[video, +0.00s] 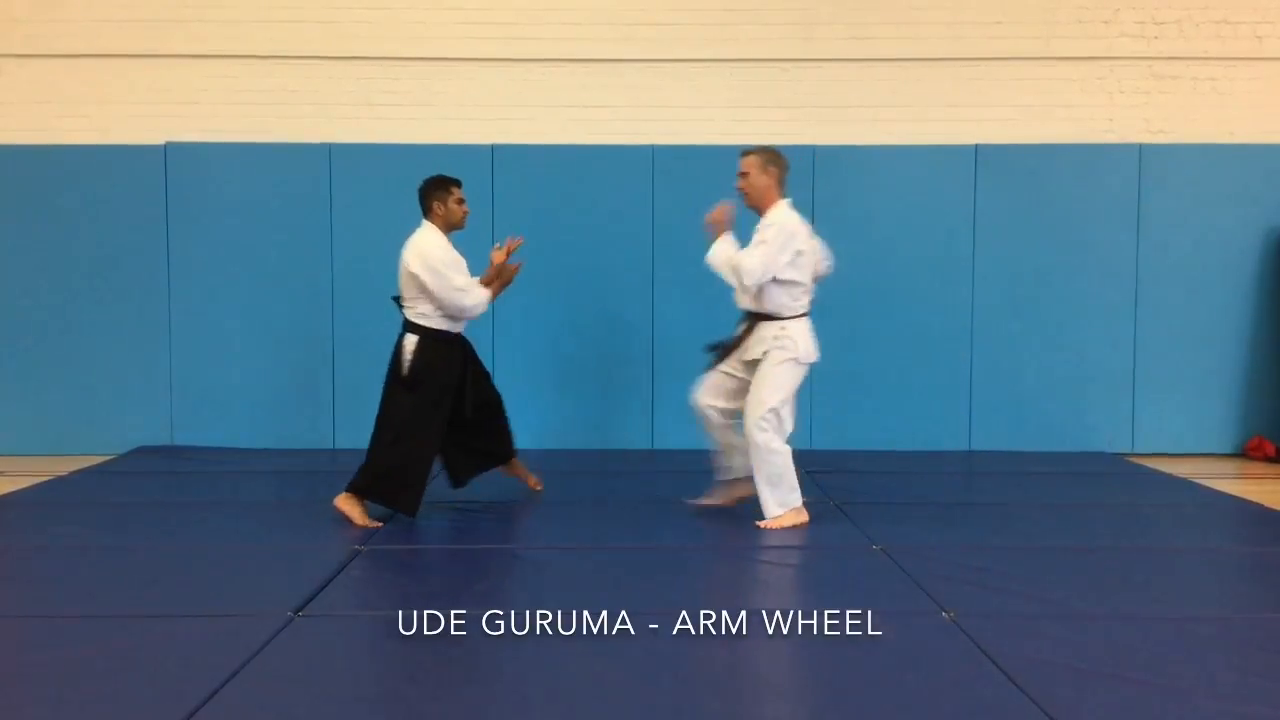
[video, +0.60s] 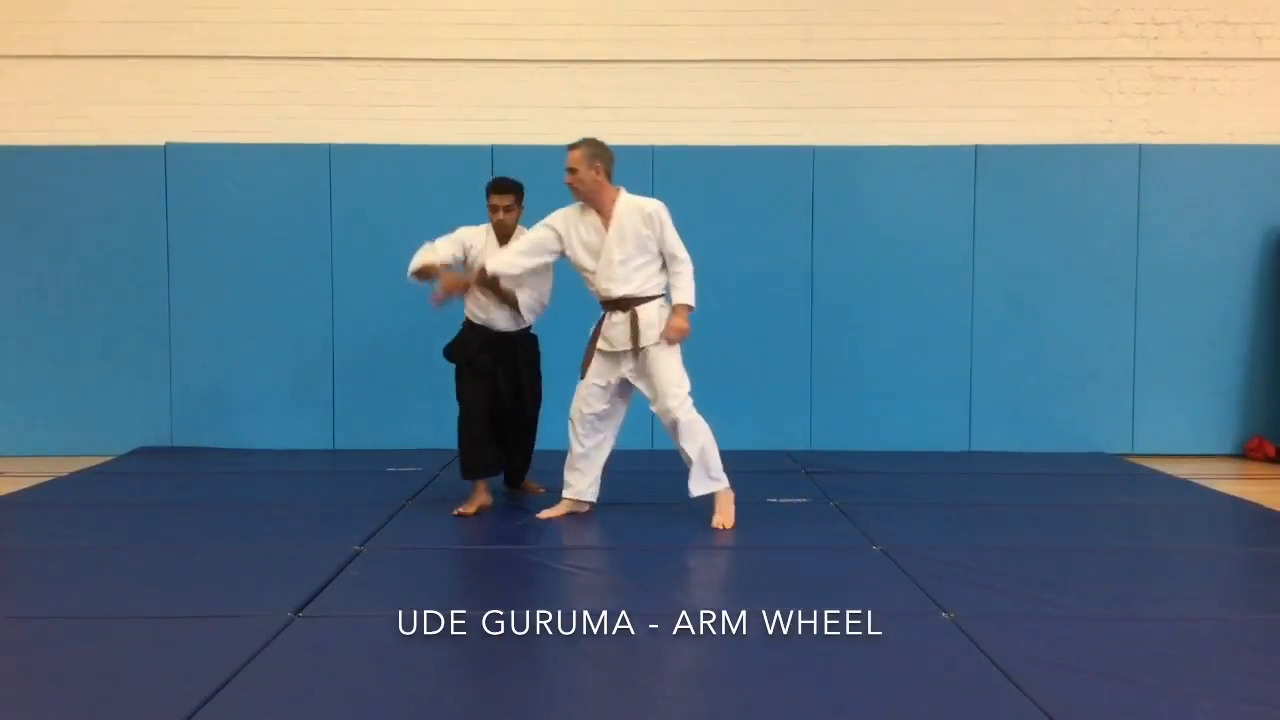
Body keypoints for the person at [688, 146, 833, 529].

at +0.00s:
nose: (739, 184)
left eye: (746, 176)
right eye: (739, 176)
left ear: (770, 177)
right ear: (765, 179)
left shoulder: (783, 224)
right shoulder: (781, 221)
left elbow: (749, 272)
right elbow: (820, 262)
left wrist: (722, 238)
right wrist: (774, 279)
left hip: (787, 338)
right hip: (760, 336)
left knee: (762, 417)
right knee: (709, 398)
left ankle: (790, 508)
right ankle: (740, 477)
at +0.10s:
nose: (708, 183)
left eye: (715, 175)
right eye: (708, 176)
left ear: (741, 177)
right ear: (728, 180)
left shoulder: (766, 229)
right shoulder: (725, 228)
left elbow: (750, 282)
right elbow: (728, 271)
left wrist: (701, 295)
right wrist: (701, 252)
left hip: (758, 338)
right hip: (723, 336)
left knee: (752, 425)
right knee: (668, 401)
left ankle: (789, 509)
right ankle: (634, 485)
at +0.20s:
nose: (673, 184)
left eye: (679, 176)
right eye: (672, 177)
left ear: (705, 180)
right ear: (691, 182)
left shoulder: (743, 230)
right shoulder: (673, 227)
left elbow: (760, 282)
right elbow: (635, 237)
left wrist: (741, 322)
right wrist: (606, 222)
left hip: (725, 334)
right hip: (684, 334)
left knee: (737, 425)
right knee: (634, 409)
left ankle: (787, 502)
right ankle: (584, 482)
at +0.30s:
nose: (634, 186)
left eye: (643, 180)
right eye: (635, 179)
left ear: (667, 185)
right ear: (646, 184)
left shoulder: (702, 232)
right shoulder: (622, 228)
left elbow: (738, 272)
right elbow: (573, 222)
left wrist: (766, 311)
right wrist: (528, 199)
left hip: (685, 340)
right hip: (641, 342)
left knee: (712, 422)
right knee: (597, 419)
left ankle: (774, 493)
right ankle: (577, 498)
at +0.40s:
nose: (597, 184)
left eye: (605, 177)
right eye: (598, 178)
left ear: (630, 180)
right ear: (615, 182)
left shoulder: (672, 223)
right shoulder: (596, 226)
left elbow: (706, 271)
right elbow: (546, 220)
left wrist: (736, 322)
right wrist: (500, 198)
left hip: (667, 332)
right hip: (625, 335)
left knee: (690, 414)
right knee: (589, 416)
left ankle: (744, 494)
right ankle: (575, 498)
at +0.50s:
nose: (579, 181)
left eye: (585, 172)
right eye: (578, 173)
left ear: (612, 172)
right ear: (601, 175)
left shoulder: (659, 215)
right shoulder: (580, 223)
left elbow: (686, 267)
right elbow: (532, 235)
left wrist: (697, 319)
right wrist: (479, 234)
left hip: (657, 324)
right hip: (616, 328)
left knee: (677, 411)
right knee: (590, 411)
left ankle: (722, 495)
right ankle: (576, 499)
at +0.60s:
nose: (567, 180)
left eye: (573, 172)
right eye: (566, 172)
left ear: (599, 172)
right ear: (586, 174)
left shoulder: (649, 211)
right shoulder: (566, 222)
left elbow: (679, 262)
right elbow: (520, 252)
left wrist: (680, 312)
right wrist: (474, 274)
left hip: (652, 322)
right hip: (611, 326)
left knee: (674, 408)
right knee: (588, 410)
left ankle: (721, 490)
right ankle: (579, 496)